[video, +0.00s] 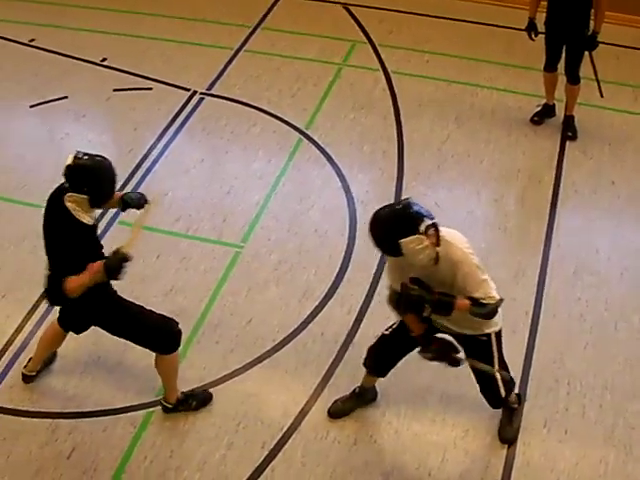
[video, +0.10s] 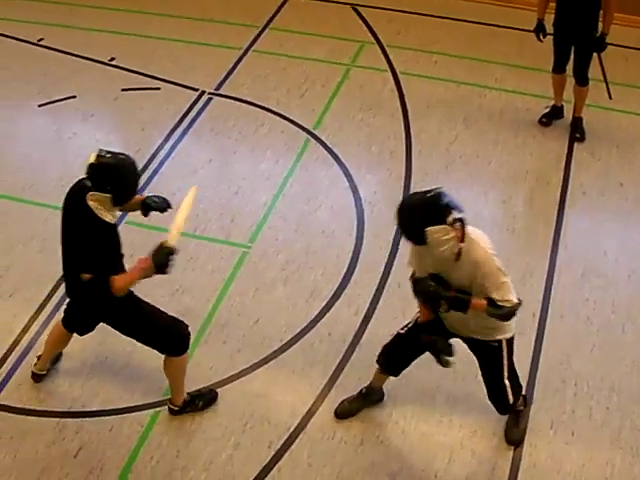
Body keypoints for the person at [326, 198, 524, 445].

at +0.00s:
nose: (405, 261)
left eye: (409, 255)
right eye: (400, 257)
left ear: (430, 236)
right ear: (396, 252)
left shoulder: (457, 253)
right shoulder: (398, 258)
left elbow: (490, 307)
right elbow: (399, 301)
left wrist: (440, 302)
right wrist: (426, 340)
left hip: (475, 324)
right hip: (430, 317)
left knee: (494, 392)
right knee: (379, 354)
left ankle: (512, 404)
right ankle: (365, 391)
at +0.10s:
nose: (413, 243)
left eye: (415, 236)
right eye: (411, 237)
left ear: (432, 231)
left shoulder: (477, 251)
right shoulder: (421, 246)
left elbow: (507, 307)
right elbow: (422, 287)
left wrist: (456, 300)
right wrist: (429, 330)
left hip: (489, 330)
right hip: (444, 318)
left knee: (503, 401)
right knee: (394, 353)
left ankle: (519, 405)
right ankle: (373, 390)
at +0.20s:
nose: (441, 230)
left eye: (444, 225)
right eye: (440, 226)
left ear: (461, 220)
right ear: (451, 221)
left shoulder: (500, 250)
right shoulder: (445, 236)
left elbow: (522, 313)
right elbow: (437, 272)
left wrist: (471, 297)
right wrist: (426, 307)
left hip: (497, 331)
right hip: (455, 315)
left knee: (508, 400)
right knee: (413, 353)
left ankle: (525, 407)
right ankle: (380, 390)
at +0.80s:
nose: (438, 222)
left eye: (439, 215)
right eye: (434, 217)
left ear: (458, 205)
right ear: (436, 212)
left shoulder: (494, 230)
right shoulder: (440, 225)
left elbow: (535, 282)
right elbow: (440, 269)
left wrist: (482, 294)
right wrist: (423, 304)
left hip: (504, 316)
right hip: (461, 308)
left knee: (520, 377)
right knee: (417, 347)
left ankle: (535, 407)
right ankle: (404, 386)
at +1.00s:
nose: (438, 219)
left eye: (441, 210)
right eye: (428, 214)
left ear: (449, 202)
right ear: (415, 213)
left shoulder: (479, 217)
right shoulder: (408, 232)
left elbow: (524, 224)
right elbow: (362, 264)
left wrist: (515, 270)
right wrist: (314, 273)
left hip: (497, 301)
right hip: (450, 299)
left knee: (524, 363)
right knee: (409, 356)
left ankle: (543, 403)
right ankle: (402, 383)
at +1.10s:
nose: (428, 224)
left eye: (431, 216)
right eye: (419, 219)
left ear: (440, 204)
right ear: (407, 217)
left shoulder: (469, 213)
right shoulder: (400, 229)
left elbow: (520, 215)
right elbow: (361, 253)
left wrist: (522, 266)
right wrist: (328, 262)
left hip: (494, 292)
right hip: (448, 295)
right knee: (407, 353)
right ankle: (406, 383)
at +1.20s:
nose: (429, 219)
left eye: (431, 211)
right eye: (421, 214)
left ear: (442, 197)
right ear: (412, 210)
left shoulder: (475, 208)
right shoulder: (409, 220)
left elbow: (524, 211)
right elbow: (400, 274)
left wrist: (524, 263)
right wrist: (417, 301)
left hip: (494, 289)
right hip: (447, 289)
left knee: (530, 354)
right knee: (402, 346)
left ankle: (557, 382)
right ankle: (406, 382)